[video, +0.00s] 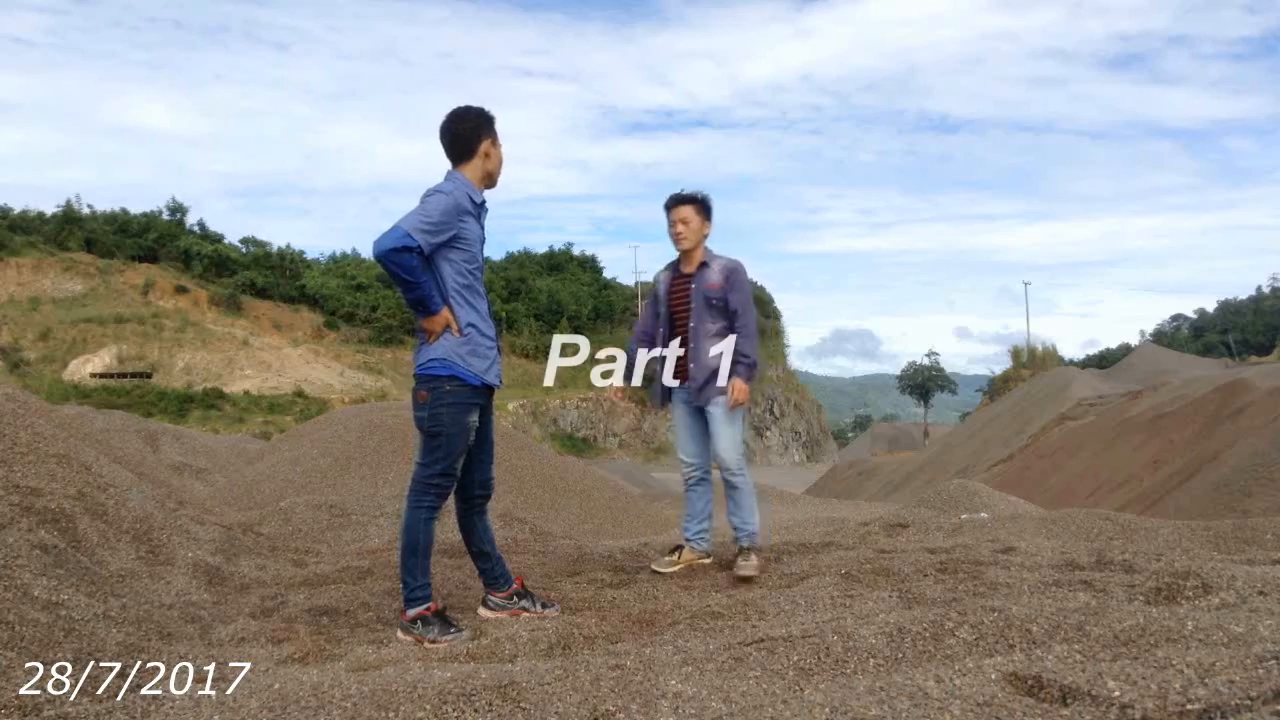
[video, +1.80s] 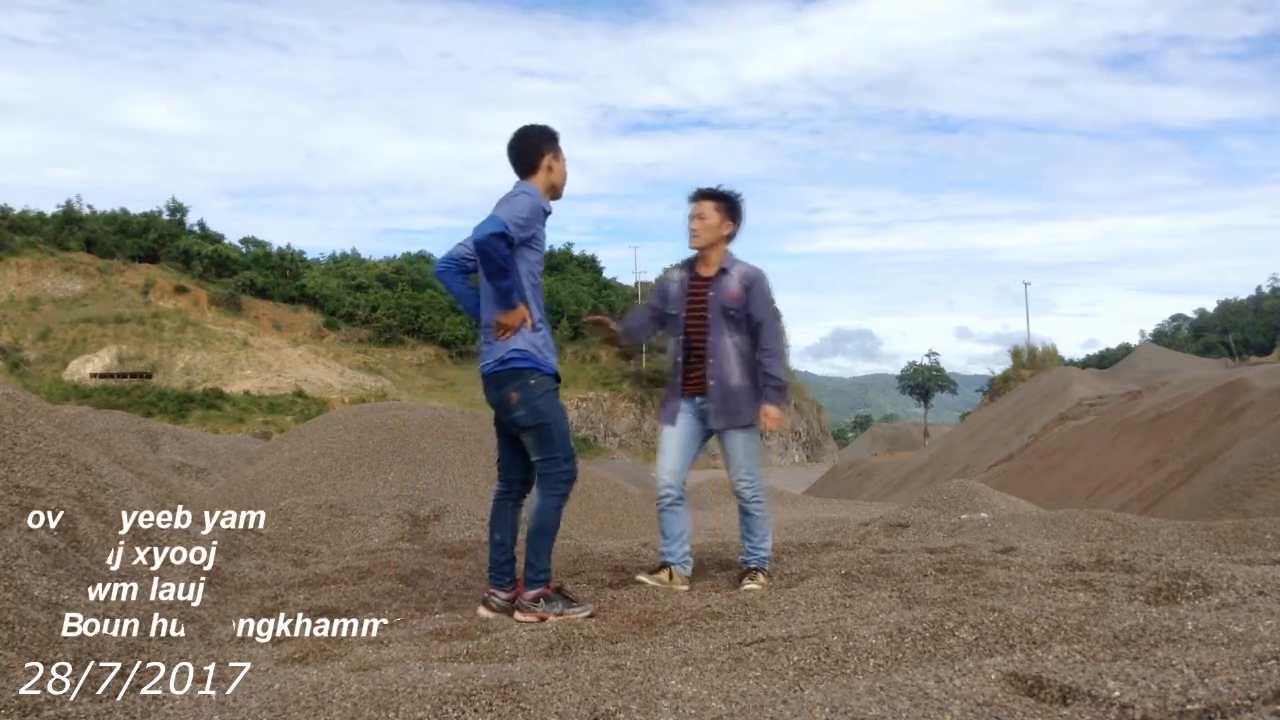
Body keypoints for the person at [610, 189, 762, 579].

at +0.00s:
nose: (678, 230)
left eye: (686, 223)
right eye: (673, 224)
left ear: (706, 226)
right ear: (669, 230)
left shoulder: (728, 271)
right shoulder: (665, 279)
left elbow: (746, 327)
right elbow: (645, 333)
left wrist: (742, 374)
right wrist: (627, 375)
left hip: (721, 385)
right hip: (680, 388)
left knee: (730, 465)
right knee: (693, 469)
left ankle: (747, 546)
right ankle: (696, 546)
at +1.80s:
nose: (692, 225)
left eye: (701, 218)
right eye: (691, 218)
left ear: (728, 227)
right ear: (692, 224)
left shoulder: (749, 280)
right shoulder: (674, 279)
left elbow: (771, 342)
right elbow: (648, 319)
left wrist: (773, 398)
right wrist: (619, 331)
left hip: (734, 402)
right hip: (684, 402)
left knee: (746, 486)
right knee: (667, 484)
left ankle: (755, 566)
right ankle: (676, 568)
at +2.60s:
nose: (626, 211)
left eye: (635, 203)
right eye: (623, 205)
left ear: (662, 210)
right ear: (621, 212)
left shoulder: (692, 263)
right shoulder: (607, 266)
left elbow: (720, 324)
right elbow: (587, 321)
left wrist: (745, 374)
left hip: (686, 386)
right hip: (637, 393)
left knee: (694, 473)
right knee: (651, 483)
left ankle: (701, 559)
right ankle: (665, 566)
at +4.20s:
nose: (654, 199)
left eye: (664, 192)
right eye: (652, 192)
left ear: (692, 200)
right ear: (650, 199)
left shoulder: (711, 258)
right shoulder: (642, 259)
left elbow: (725, 331)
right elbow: (630, 328)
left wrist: (723, 392)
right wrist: (625, 389)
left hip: (691, 394)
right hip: (646, 393)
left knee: (694, 487)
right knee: (634, 483)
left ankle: (692, 576)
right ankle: (649, 569)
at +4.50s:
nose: (665, 204)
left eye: (674, 196)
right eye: (662, 197)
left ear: (702, 203)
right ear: (663, 203)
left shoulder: (718, 260)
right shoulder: (655, 261)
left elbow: (723, 331)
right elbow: (639, 325)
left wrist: (714, 394)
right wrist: (622, 384)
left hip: (696, 393)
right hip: (654, 391)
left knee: (698, 486)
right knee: (639, 477)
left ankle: (693, 576)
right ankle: (654, 567)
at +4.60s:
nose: (686, 216)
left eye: (695, 208)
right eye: (682, 209)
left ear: (721, 210)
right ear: (679, 212)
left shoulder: (738, 265)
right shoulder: (672, 266)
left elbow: (727, 329)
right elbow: (646, 322)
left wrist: (704, 382)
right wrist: (623, 374)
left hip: (709, 395)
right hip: (662, 392)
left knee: (703, 484)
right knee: (643, 474)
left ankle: (692, 574)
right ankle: (690, 546)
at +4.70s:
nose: (709, 230)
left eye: (719, 223)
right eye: (705, 222)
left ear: (742, 226)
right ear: (700, 224)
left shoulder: (756, 280)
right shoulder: (686, 273)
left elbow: (742, 326)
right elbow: (653, 320)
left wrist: (710, 353)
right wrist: (623, 364)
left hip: (719, 395)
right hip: (672, 391)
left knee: (702, 481)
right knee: (676, 485)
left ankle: (693, 576)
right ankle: (725, 548)